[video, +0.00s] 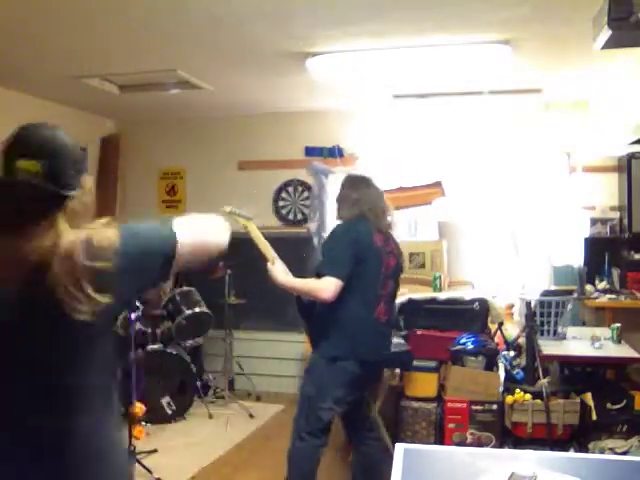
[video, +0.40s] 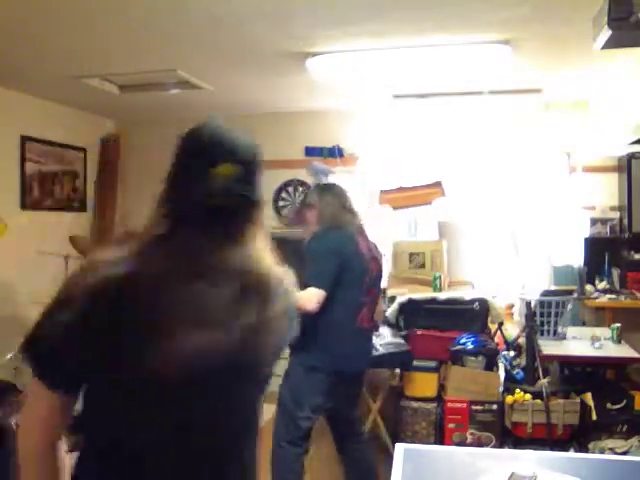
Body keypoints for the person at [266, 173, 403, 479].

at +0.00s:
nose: (338, 203)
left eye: (341, 197)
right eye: (339, 197)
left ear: (349, 200)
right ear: (375, 202)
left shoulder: (347, 234)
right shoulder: (389, 241)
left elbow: (328, 289)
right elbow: (385, 296)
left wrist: (285, 280)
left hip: (339, 352)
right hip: (373, 351)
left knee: (308, 434)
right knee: (362, 425)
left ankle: (299, 474)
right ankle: (378, 473)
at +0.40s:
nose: (306, 216)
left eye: (310, 208)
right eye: (306, 209)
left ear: (321, 209)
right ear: (344, 208)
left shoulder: (326, 241)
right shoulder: (364, 243)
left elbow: (311, 301)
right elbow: (374, 311)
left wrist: (280, 292)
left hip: (317, 358)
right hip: (353, 358)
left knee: (288, 443)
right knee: (350, 436)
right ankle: (366, 475)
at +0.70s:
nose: (312, 216)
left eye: (314, 208)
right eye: (313, 208)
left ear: (321, 210)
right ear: (349, 207)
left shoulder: (322, 245)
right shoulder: (369, 245)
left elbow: (313, 299)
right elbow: (372, 303)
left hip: (323, 350)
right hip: (357, 351)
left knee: (299, 435)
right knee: (351, 428)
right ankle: (366, 473)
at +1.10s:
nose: (310, 213)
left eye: (314, 206)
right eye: (311, 206)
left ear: (329, 208)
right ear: (350, 206)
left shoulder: (336, 242)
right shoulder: (370, 242)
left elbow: (324, 305)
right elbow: (372, 303)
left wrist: (286, 304)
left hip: (326, 358)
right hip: (358, 358)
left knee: (296, 442)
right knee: (351, 430)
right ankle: (366, 475)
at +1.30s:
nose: (307, 210)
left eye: (312, 203)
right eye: (308, 203)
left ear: (328, 207)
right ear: (349, 206)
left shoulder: (338, 240)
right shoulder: (368, 241)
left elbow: (324, 307)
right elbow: (362, 304)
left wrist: (280, 294)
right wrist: (311, 292)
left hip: (328, 361)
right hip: (358, 360)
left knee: (295, 445)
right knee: (352, 433)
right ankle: (367, 476)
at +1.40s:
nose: (308, 207)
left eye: (314, 201)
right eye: (310, 200)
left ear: (330, 207)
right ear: (349, 207)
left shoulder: (338, 240)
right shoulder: (368, 242)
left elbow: (325, 307)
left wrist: (279, 294)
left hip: (328, 361)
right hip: (358, 360)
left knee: (295, 445)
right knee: (352, 433)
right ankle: (368, 475)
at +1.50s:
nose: (308, 207)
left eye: (313, 201)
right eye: (309, 200)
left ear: (330, 207)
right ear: (349, 207)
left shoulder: (338, 241)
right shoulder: (367, 242)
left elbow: (326, 307)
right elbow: (361, 305)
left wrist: (280, 295)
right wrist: (310, 297)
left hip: (327, 362)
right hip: (358, 361)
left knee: (296, 445)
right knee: (352, 433)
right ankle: (368, 476)